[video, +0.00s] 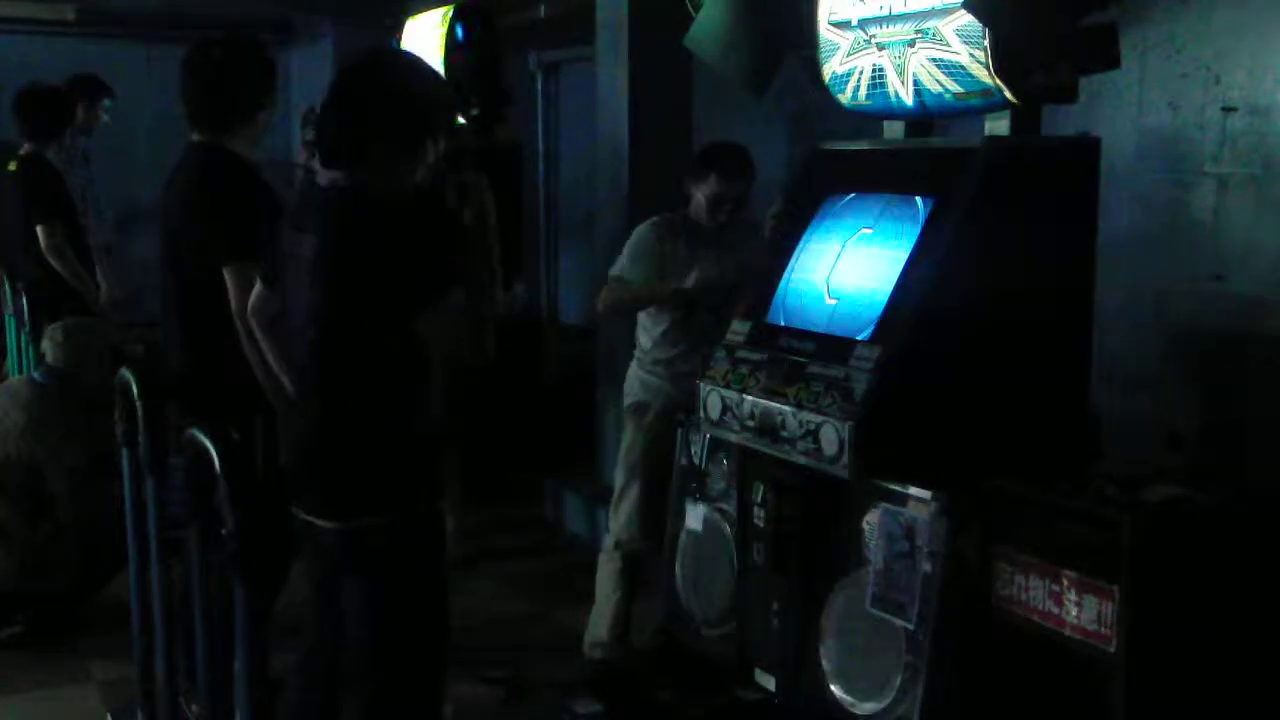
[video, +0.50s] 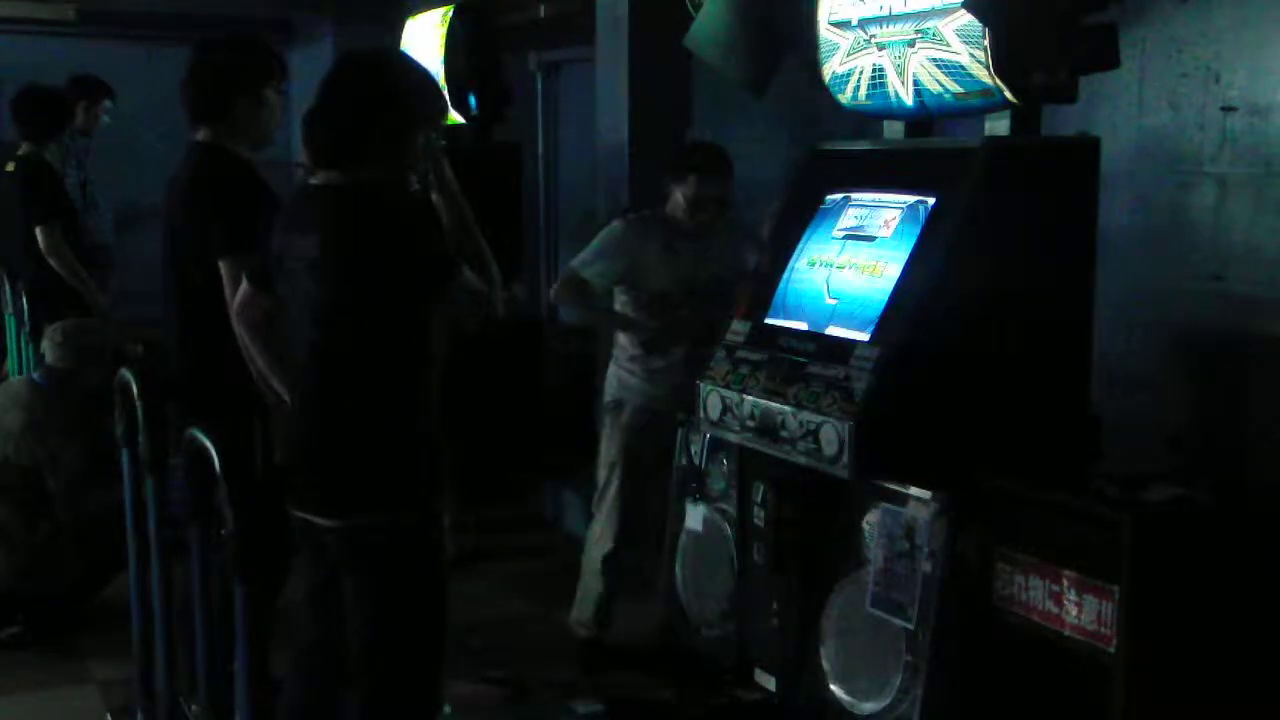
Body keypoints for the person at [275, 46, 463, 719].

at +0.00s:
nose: (441, 150)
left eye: (440, 133)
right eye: (434, 133)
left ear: (339, 120)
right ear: (409, 137)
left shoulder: (310, 206)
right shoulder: (406, 219)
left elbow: (258, 311)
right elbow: (469, 333)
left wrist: (297, 399)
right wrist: (480, 222)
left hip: (318, 451)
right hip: (390, 467)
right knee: (400, 648)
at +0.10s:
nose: (438, 147)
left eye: (437, 129)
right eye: (431, 129)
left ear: (338, 117)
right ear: (404, 132)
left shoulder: (309, 203)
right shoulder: (406, 218)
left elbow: (259, 310)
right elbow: (480, 319)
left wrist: (297, 398)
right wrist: (474, 214)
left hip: (319, 451)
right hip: (390, 465)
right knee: (401, 653)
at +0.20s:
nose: (438, 145)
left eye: (437, 128)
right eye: (431, 128)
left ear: (338, 117)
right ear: (399, 131)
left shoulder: (307, 202)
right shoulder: (405, 217)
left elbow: (257, 310)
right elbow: (485, 311)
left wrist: (296, 400)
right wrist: (461, 198)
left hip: (320, 450)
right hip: (390, 465)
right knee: (402, 651)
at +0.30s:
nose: (435, 143)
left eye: (435, 127)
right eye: (428, 127)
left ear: (336, 116)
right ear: (397, 130)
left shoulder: (306, 202)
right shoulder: (403, 216)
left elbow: (252, 310)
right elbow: (486, 304)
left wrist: (294, 400)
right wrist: (454, 190)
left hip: (320, 446)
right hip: (390, 460)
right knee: (402, 643)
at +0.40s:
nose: (436, 146)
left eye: (436, 130)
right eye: (429, 130)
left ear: (332, 119)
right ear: (400, 132)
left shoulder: (305, 207)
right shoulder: (403, 217)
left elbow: (249, 313)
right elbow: (484, 305)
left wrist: (292, 399)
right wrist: (448, 187)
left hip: (317, 448)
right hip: (392, 459)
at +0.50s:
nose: (430, 143)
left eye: (430, 129)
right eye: (423, 128)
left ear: (331, 117)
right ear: (396, 129)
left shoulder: (304, 203)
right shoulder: (398, 214)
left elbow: (247, 310)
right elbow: (483, 295)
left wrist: (294, 398)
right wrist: (442, 180)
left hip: (316, 445)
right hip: (390, 455)